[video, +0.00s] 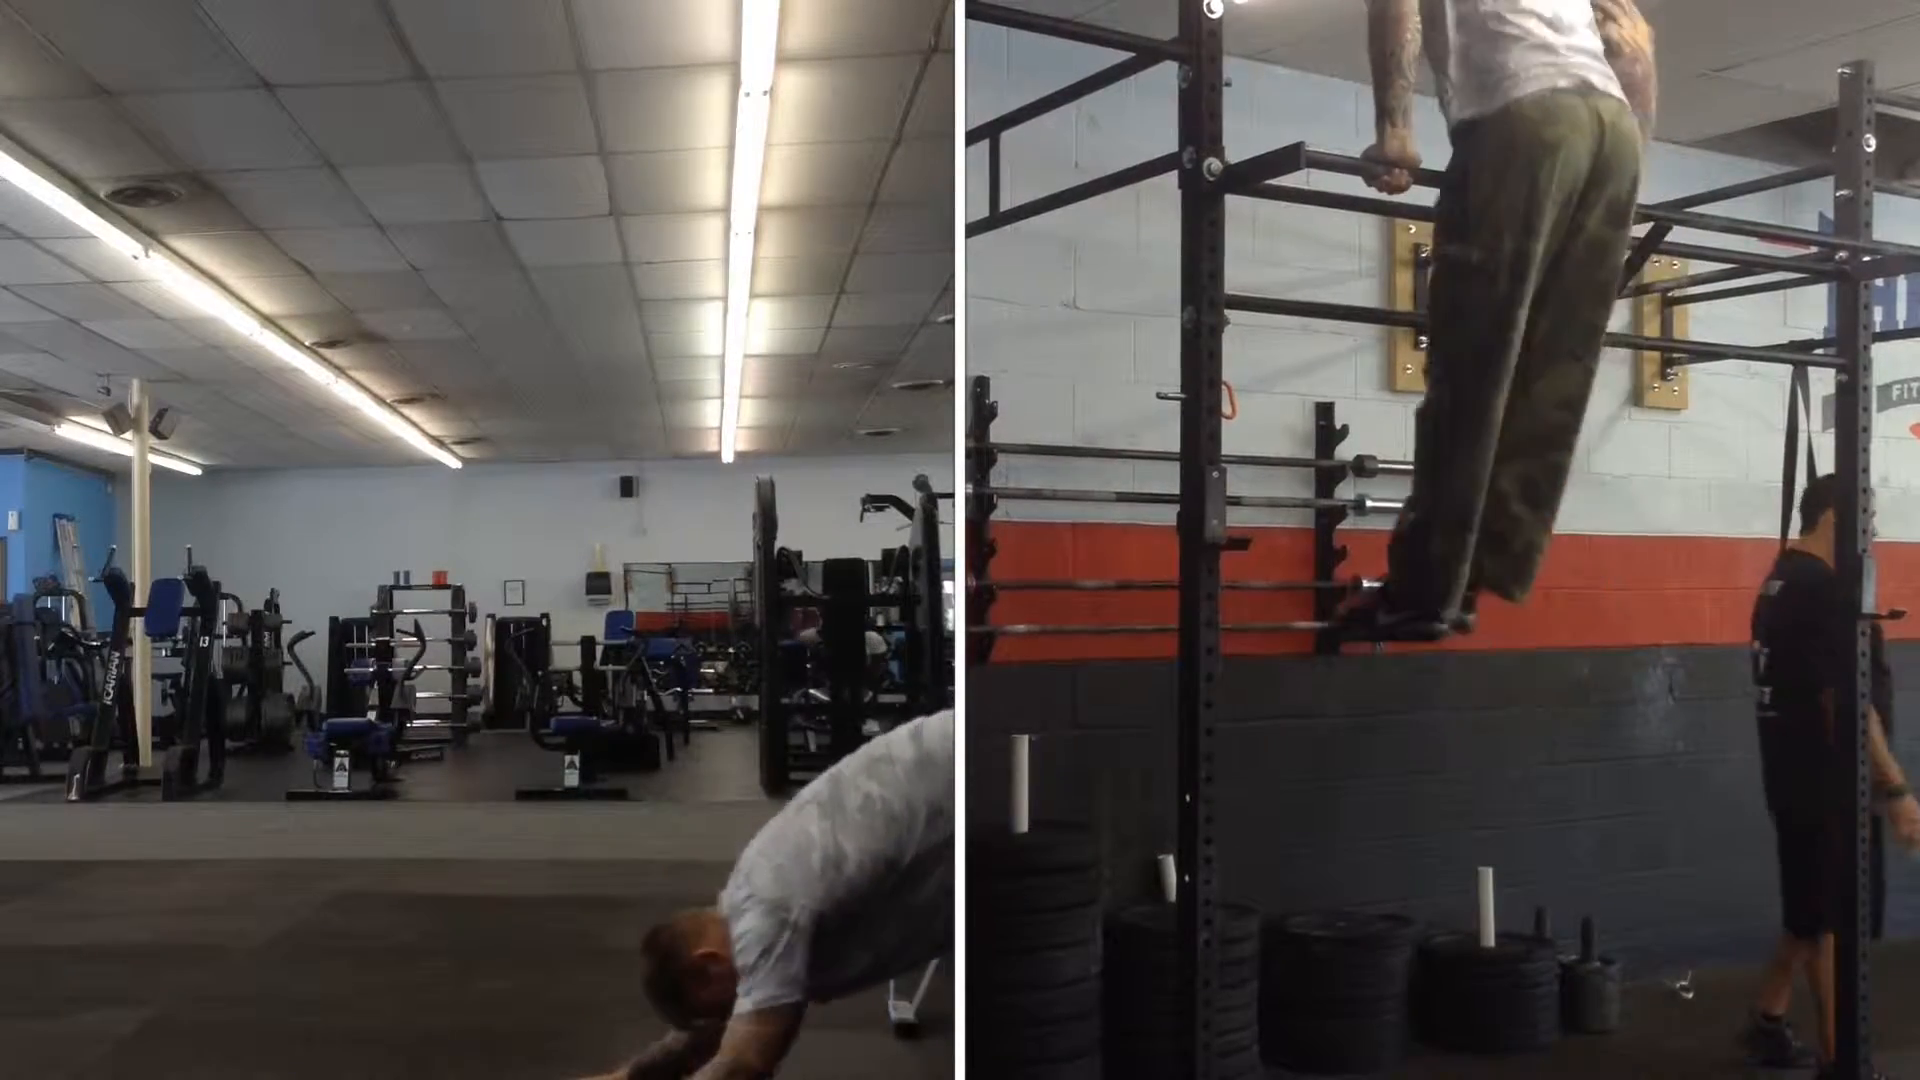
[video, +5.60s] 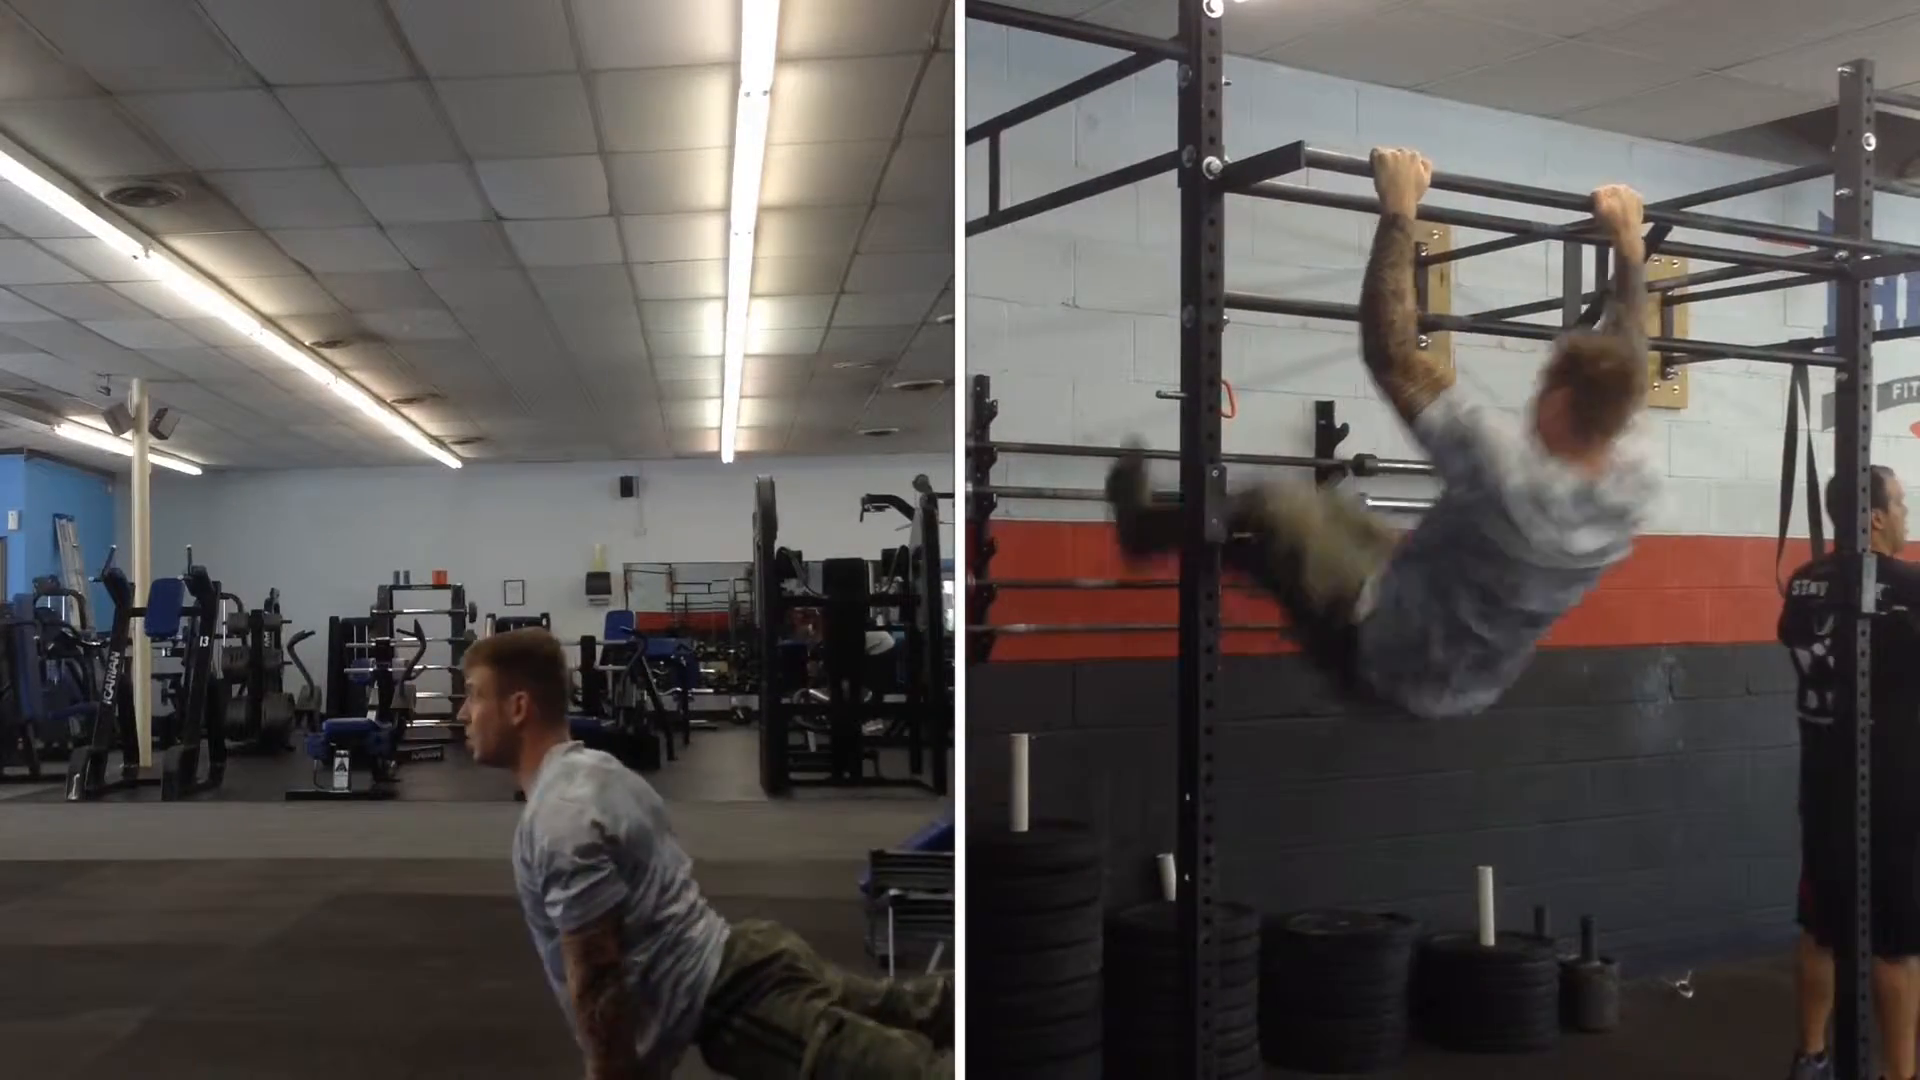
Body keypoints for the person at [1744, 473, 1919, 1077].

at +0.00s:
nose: (1866, 535)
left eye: (1866, 522)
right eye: (1862, 522)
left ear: (1814, 514)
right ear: (1835, 517)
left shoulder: (1784, 577)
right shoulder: (1825, 586)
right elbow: (1849, 700)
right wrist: (1895, 787)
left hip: (1791, 771)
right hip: (1827, 778)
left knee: (1807, 910)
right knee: (1834, 919)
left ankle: (1769, 1017)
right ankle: (1840, 1054)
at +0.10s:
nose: (1877, 531)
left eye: (1877, 518)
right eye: (1871, 517)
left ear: (1821, 513)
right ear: (1841, 515)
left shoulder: (1785, 581)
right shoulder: (1829, 587)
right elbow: (1860, 696)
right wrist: (1911, 781)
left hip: (1799, 777)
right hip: (1836, 783)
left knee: (1824, 913)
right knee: (1841, 924)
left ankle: (1785, 1005)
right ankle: (1844, 1054)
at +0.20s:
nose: (1883, 530)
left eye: (1883, 517)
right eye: (1876, 517)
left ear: (1827, 513)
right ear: (1844, 515)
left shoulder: (1790, 581)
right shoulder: (1839, 588)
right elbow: (1869, 702)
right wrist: (1915, 773)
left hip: (1802, 781)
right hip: (1840, 788)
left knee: (1830, 915)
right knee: (1844, 925)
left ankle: (1819, 1026)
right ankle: (1841, 1054)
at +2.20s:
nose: (1916, 524)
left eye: (1912, 511)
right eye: (1919, 512)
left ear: (1904, 515)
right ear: (1917, 517)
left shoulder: (1876, 577)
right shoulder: (1891, 577)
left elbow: (1845, 658)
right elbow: (1849, 660)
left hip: (1885, 767)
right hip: (1901, 770)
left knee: (1900, 914)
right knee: (1902, 915)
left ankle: (1883, 1029)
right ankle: (1883, 1031)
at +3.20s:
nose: (1892, 523)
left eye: (1887, 512)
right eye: (1888, 513)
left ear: (1826, 519)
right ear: (1876, 517)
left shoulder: (1790, 588)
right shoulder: (1902, 592)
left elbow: (1766, 665)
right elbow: (1907, 688)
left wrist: (1798, 727)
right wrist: (1898, 737)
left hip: (1814, 776)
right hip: (1894, 779)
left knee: (1813, 924)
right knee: (1904, 934)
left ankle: (1804, 1053)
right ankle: (1915, 1058)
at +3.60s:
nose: (1850, 525)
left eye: (1844, 513)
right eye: (1845, 514)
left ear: (1784, 519)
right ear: (1827, 515)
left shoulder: (1750, 587)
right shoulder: (1858, 581)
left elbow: (1735, 658)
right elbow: (1908, 681)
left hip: (1781, 780)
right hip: (1859, 783)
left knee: (1795, 922)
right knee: (1885, 919)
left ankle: (1803, 1054)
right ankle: (1890, 1057)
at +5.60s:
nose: (1907, 517)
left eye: (1903, 505)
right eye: (1901, 507)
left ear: (1841, 517)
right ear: (1876, 517)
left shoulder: (1805, 588)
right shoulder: (1905, 588)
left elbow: (1803, 671)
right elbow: (1911, 686)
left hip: (1824, 777)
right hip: (1897, 781)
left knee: (1819, 926)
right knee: (1898, 938)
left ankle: (1812, 1057)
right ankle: (1901, 1068)